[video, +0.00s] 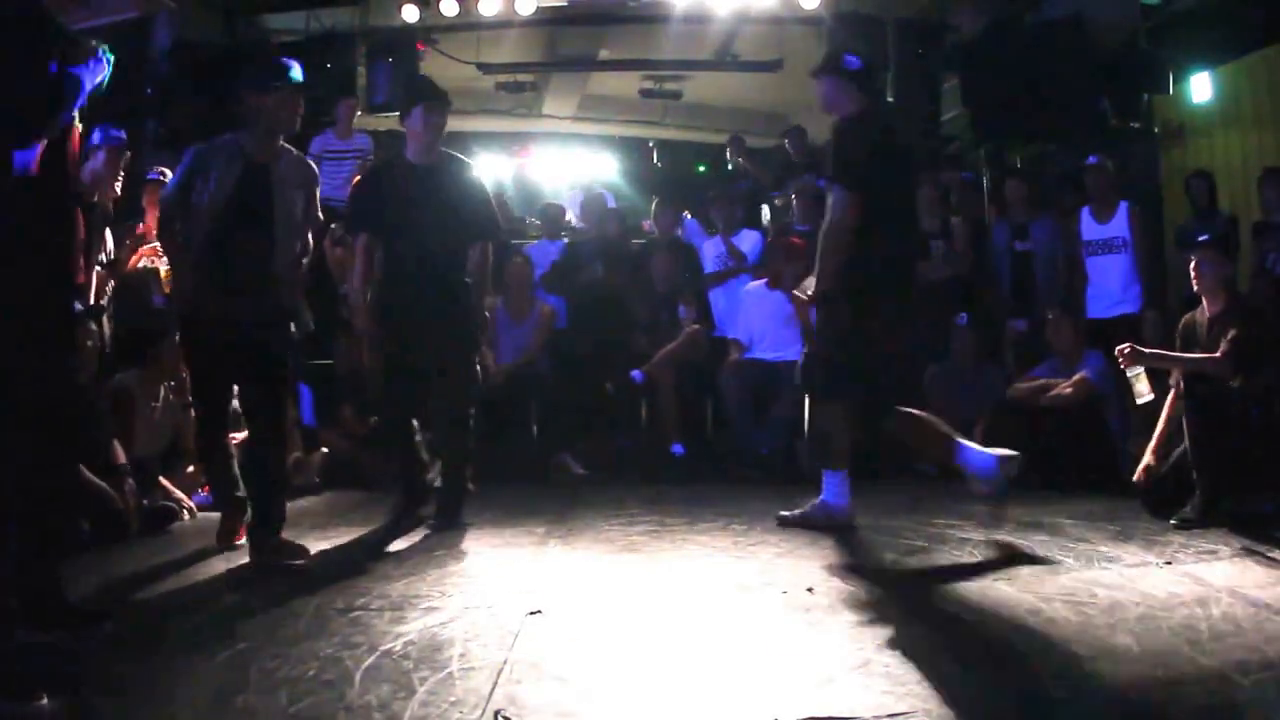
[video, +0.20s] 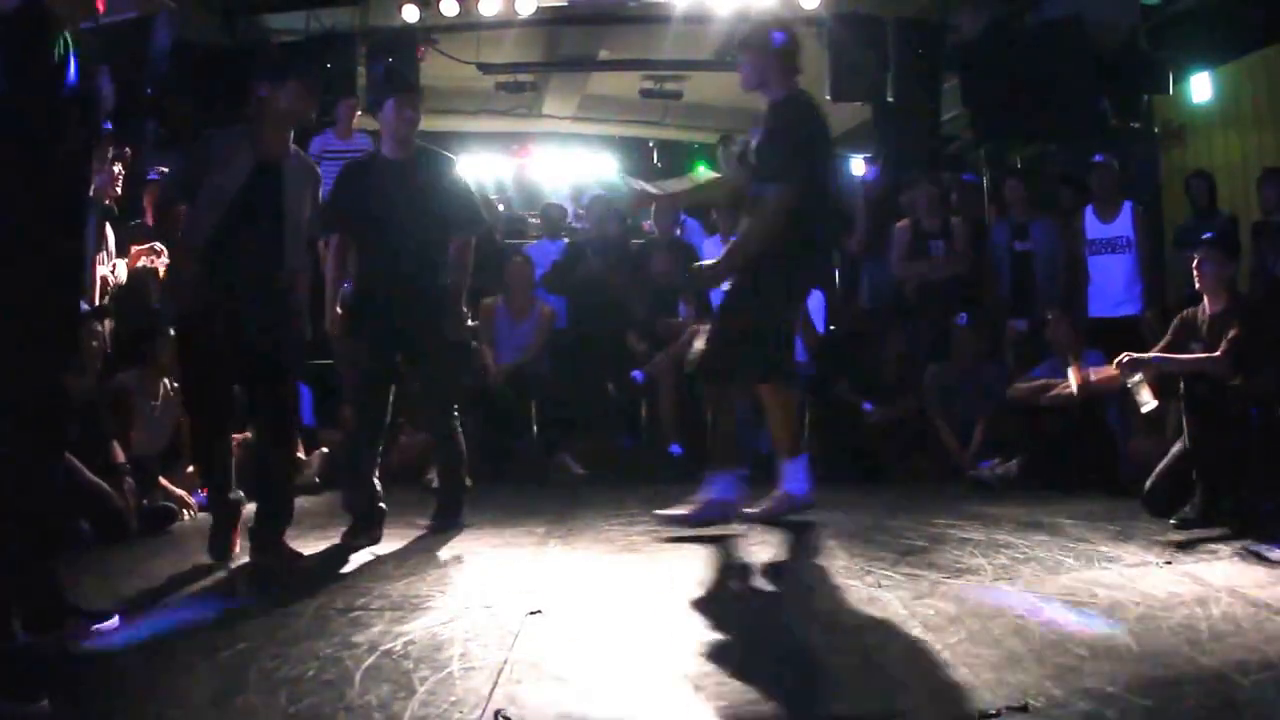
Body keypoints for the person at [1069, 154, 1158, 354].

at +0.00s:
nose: (1094, 182)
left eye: (1099, 175)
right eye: (1090, 176)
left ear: (1110, 179)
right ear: (1085, 181)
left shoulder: (1129, 212)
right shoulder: (1081, 218)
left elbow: (1141, 256)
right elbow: (1079, 261)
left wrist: (1145, 294)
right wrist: (1079, 300)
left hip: (1127, 302)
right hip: (1095, 305)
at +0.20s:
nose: (1100, 183)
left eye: (1106, 177)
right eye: (1096, 177)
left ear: (1116, 180)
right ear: (1091, 182)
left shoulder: (1134, 213)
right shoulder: (1082, 218)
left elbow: (1144, 258)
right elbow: (1077, 263)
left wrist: (1147, 300)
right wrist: (1079, 304)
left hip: (1130, 310)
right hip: (1097, 311)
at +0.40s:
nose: (1109, 179)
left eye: (1115, 173)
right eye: (1105, 173)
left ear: (1125, 177)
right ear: (1099, 177)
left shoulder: (1141, 214)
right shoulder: (1088, 216)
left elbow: (1149, 257)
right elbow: (1084, 259)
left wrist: (1153, 298)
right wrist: (1083, 297)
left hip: (1135, 300)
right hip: (1100, 302)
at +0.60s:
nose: (1113, 180)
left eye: (1118, 174)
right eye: (1109, 174)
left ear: (1129, 178)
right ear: (1103, 179)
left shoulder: (1144, 215)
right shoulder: (1092, 216)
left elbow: (1152, 257)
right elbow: (1087, 259)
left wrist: (1154, 299)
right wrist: (1090, 298)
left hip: (1138, 303)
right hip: (1103, 305)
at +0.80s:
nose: (1114, 180)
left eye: (1120, 174)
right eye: (1110, 175)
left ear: (1130, 179)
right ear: (1104, 179)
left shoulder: (1146, 215)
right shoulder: (1092, 218)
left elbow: (1153, 259)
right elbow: (1088, 259)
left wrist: (1155, 300)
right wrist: (1091, 295)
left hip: (1139, 305)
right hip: (1104, 307)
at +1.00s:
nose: (1116, 182)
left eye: (1121, 176)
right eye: (1112, 176)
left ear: (1131, 179)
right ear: (1106, 180)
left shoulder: (1147, 216)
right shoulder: (1096, 217)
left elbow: (1154, 259)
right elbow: (1091, 261)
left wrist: (1155, 302)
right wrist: (1090, 302)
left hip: (1139, 306)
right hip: (1106, 307)